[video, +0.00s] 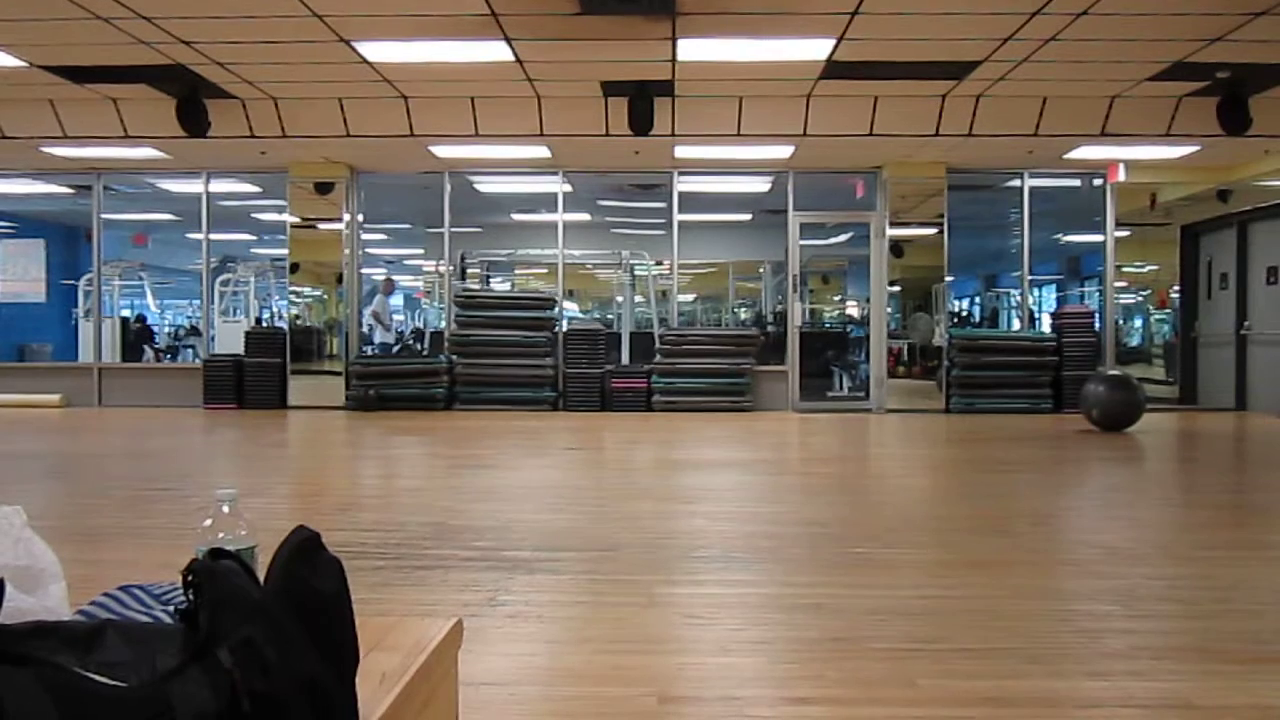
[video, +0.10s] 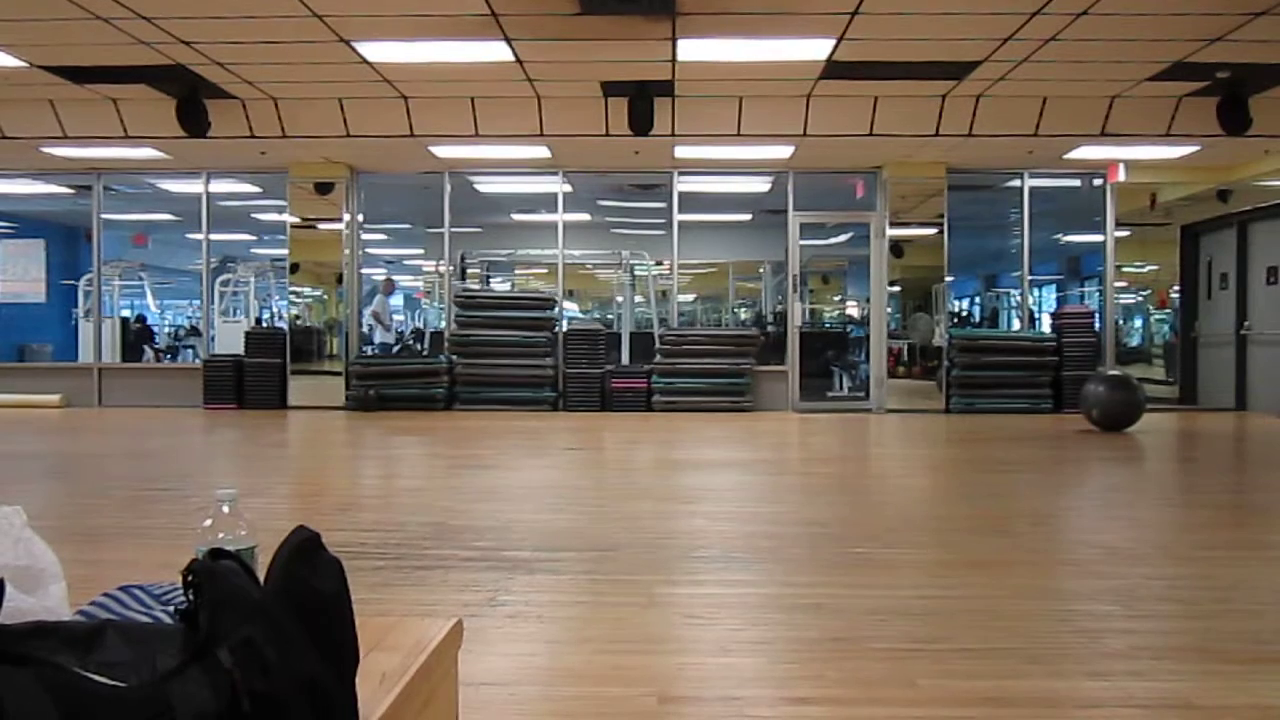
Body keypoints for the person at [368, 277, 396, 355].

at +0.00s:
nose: (393, 288)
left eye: (393, 286)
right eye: (391, 285)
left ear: (392, 287)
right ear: (385, 286)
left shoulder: (385, 299)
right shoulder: (380, 298)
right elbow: (374, 312)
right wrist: (385, 325)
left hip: (387, 337)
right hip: (382, 337)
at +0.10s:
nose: (393, 289)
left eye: (393, 286)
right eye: (391, 286)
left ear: (392, 287)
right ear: (385, 286)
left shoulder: (385, 300)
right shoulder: (380, 298)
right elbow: (374, 312)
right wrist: (385, 325)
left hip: (387, 337)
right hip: (382, 337)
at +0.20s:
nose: (392, 289)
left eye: (392, 287)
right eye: (390, 286)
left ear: (392, 288)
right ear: (385, 286)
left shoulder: (385, 300)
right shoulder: (380, 298)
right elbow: (374, 313)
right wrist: (384, 326)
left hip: (387, 338)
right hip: (382, 338)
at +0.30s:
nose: (392, 290)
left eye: (392, 287)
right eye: (390, 286)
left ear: (392, 288)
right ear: (385, 286)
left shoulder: (385, 300)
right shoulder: (380, 298)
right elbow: (374, 313)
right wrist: (384, 326)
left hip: (387, 338)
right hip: (382, 338)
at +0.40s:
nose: (392, 289)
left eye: (392, 287)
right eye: (390, 286)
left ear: (392, 288)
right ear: (384, 287)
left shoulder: (385, 300)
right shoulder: (380, 298)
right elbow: (374, 313)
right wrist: (384, 325)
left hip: (387, 338)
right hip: (382, 338)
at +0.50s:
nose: (392, 289)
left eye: (392, 287)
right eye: (389, 286)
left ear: (392, 288)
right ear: (384, 287)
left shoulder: (385, 300)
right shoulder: (380, 298)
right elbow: (373, 313)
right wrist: (384, 325)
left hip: (387, 338)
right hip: (382, 338)